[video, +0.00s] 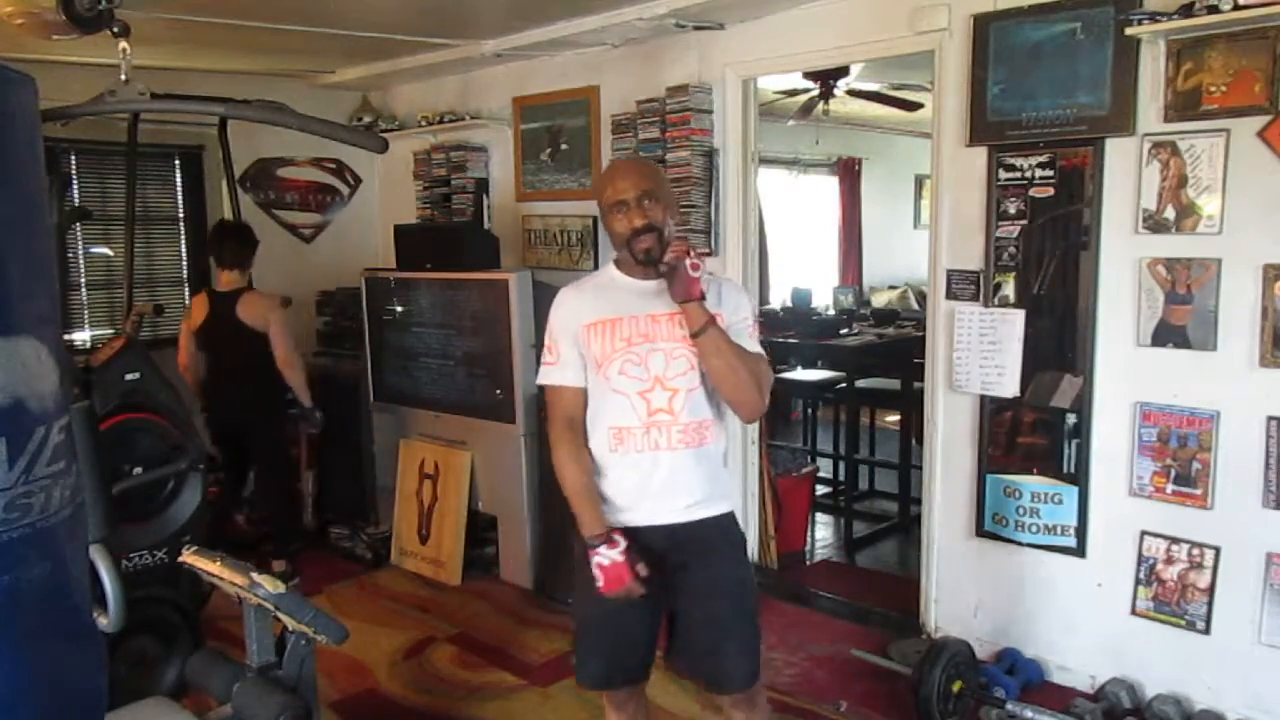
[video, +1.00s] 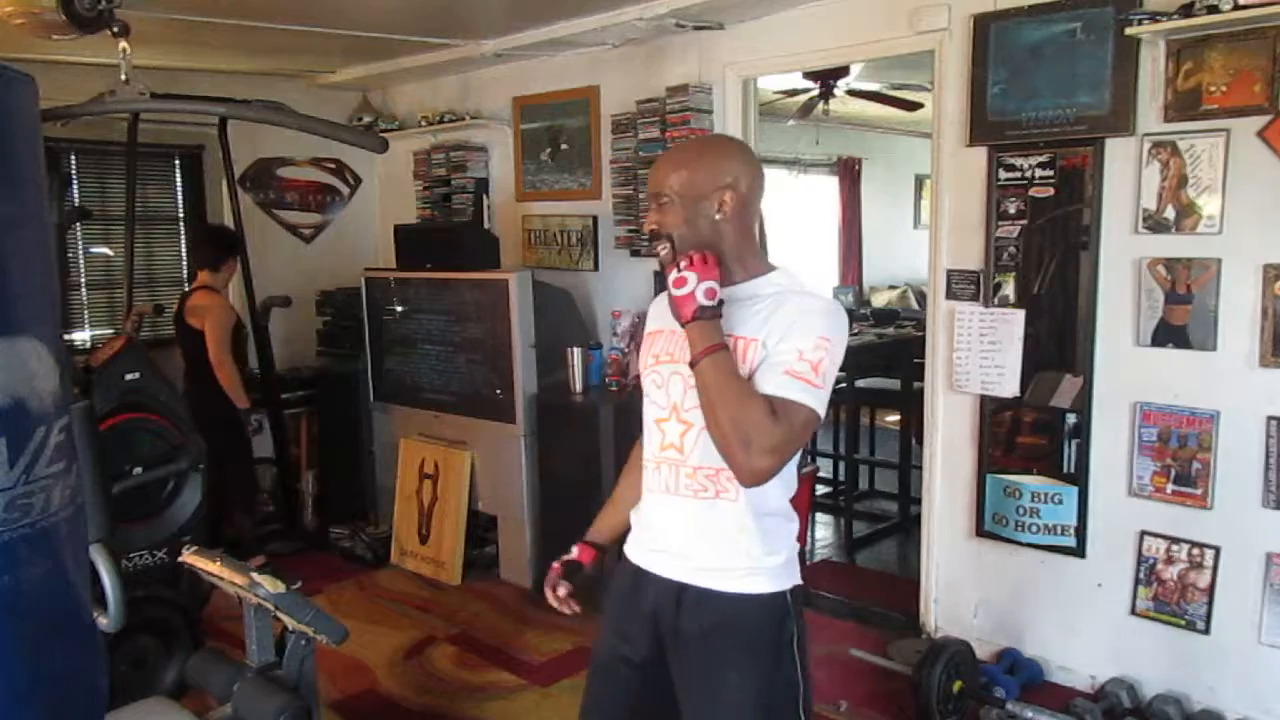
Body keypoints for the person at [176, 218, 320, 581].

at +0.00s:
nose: (250, 261)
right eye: (251, 255)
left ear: (213, 258)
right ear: (250, 258)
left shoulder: (198, 306)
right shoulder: (266, 306)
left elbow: (186, 362)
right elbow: (286, 362)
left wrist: (200, 396)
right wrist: (308, 405)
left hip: (221, 411)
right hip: (263, 411)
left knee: (231, 476)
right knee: (276, 482)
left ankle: (216, 545)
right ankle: (278, 557)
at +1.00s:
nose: (236, 268)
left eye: (236, 261)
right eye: (235, 261)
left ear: (199, 261)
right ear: (229, 265)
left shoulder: (189, 300)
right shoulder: (218, 306)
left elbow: (194, 358)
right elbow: (221, 362)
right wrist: (245, 406)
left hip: (199, 397)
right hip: (218, 401)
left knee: (217, 472)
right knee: (237, 472)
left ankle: (216, 542)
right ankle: (241, 548)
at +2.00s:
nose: (237, 265)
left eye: (238, 258)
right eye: (230, 257)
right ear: (207, 259)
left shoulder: (203, 298)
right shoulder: (211, 303)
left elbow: (211, 357)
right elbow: (214, 359)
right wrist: (240, 407)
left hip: (206, 403)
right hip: (217, 406)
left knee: (222, 477)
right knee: (236, 477)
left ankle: (221, 546)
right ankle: (244, 549)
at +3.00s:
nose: (239, 261)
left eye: (241, 254)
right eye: (231, 254)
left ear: (242, 258)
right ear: (208, 259)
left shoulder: (208, 297)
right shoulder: (214, 303)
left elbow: (214, 357)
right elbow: (215, 360)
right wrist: (240, 410)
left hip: (209, 402)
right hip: (220, 405)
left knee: (227, 478)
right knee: (239, 479)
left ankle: (224, 548)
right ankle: (248, 553)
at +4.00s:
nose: (241, 265)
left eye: (244, 257)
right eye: (233, 257)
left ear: (245, 258)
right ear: (210, 259)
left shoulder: (218, 296)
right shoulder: (212, 303)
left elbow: (224, 356)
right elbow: (215, 360)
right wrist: (242, 408)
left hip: (213, 400)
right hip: (217, 404)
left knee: (230, 476)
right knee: (236, 477)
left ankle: (231, 546)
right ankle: (240, 549)